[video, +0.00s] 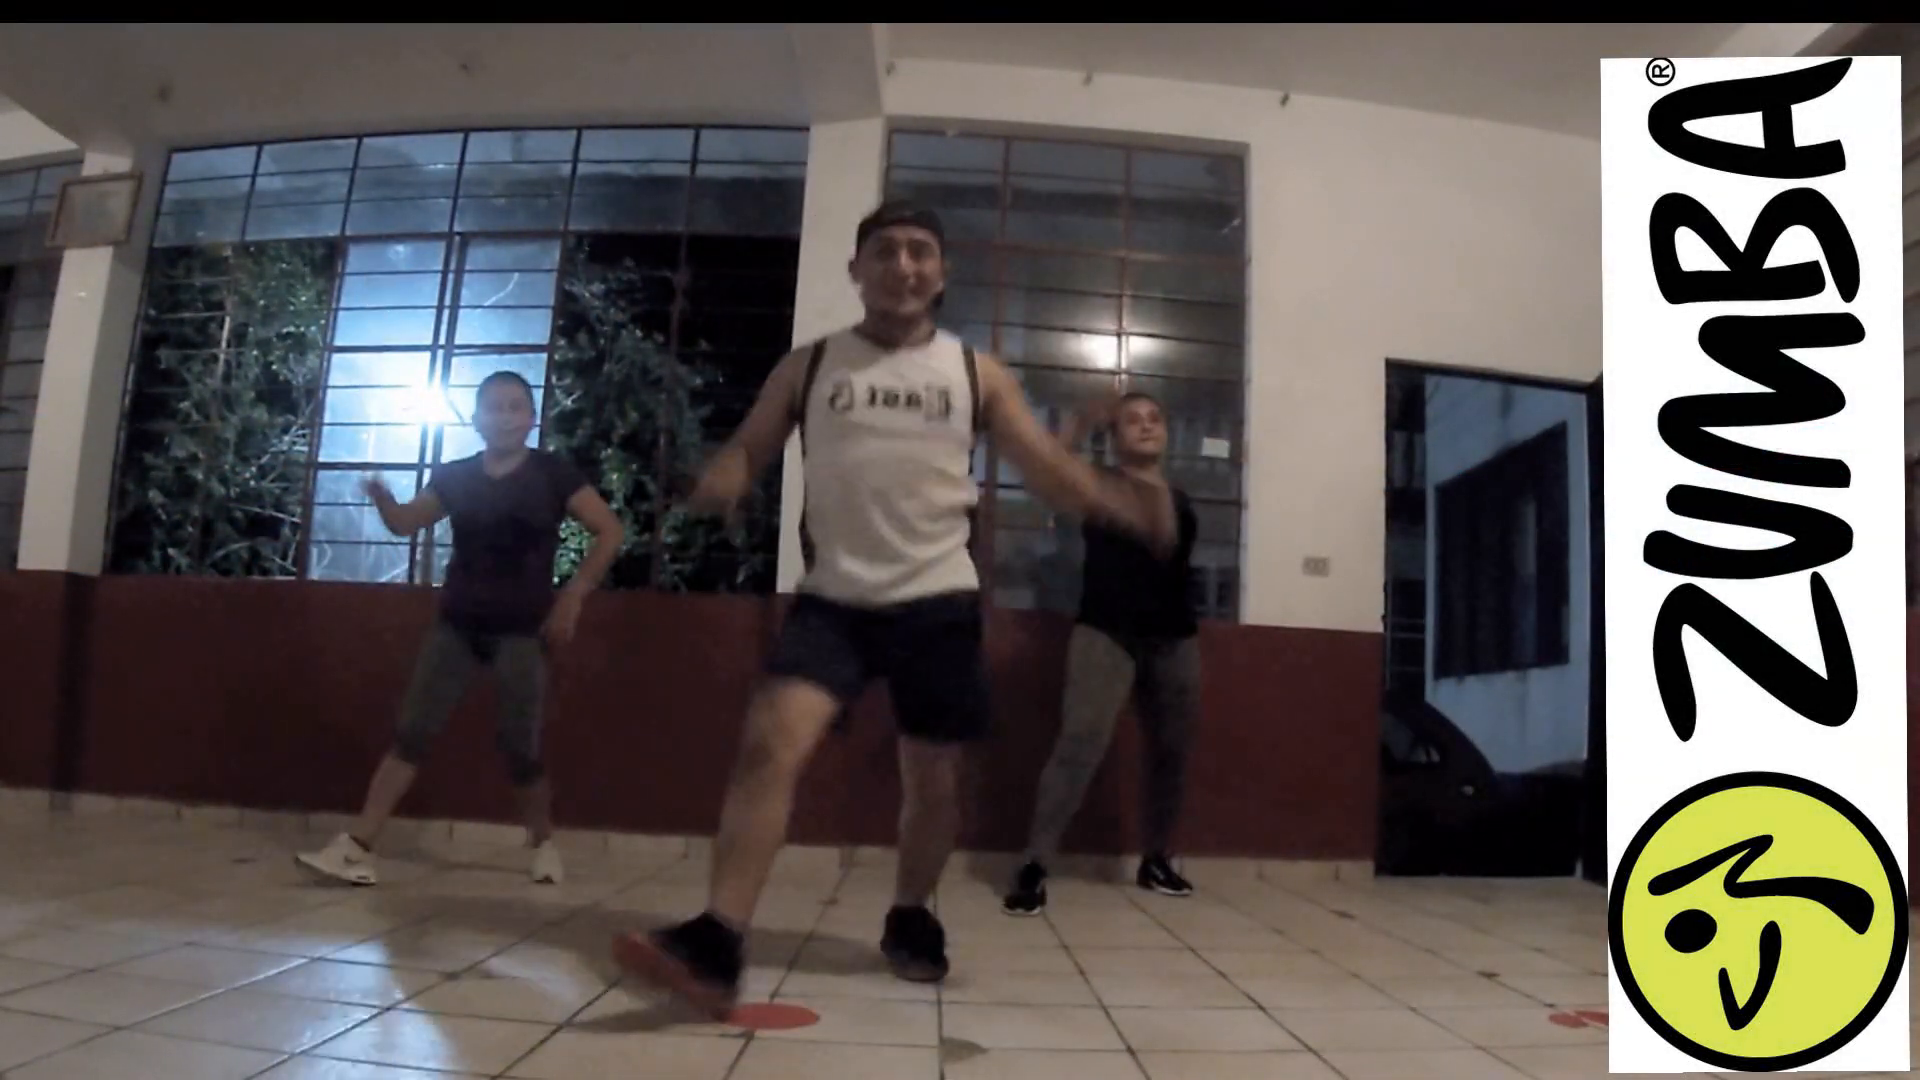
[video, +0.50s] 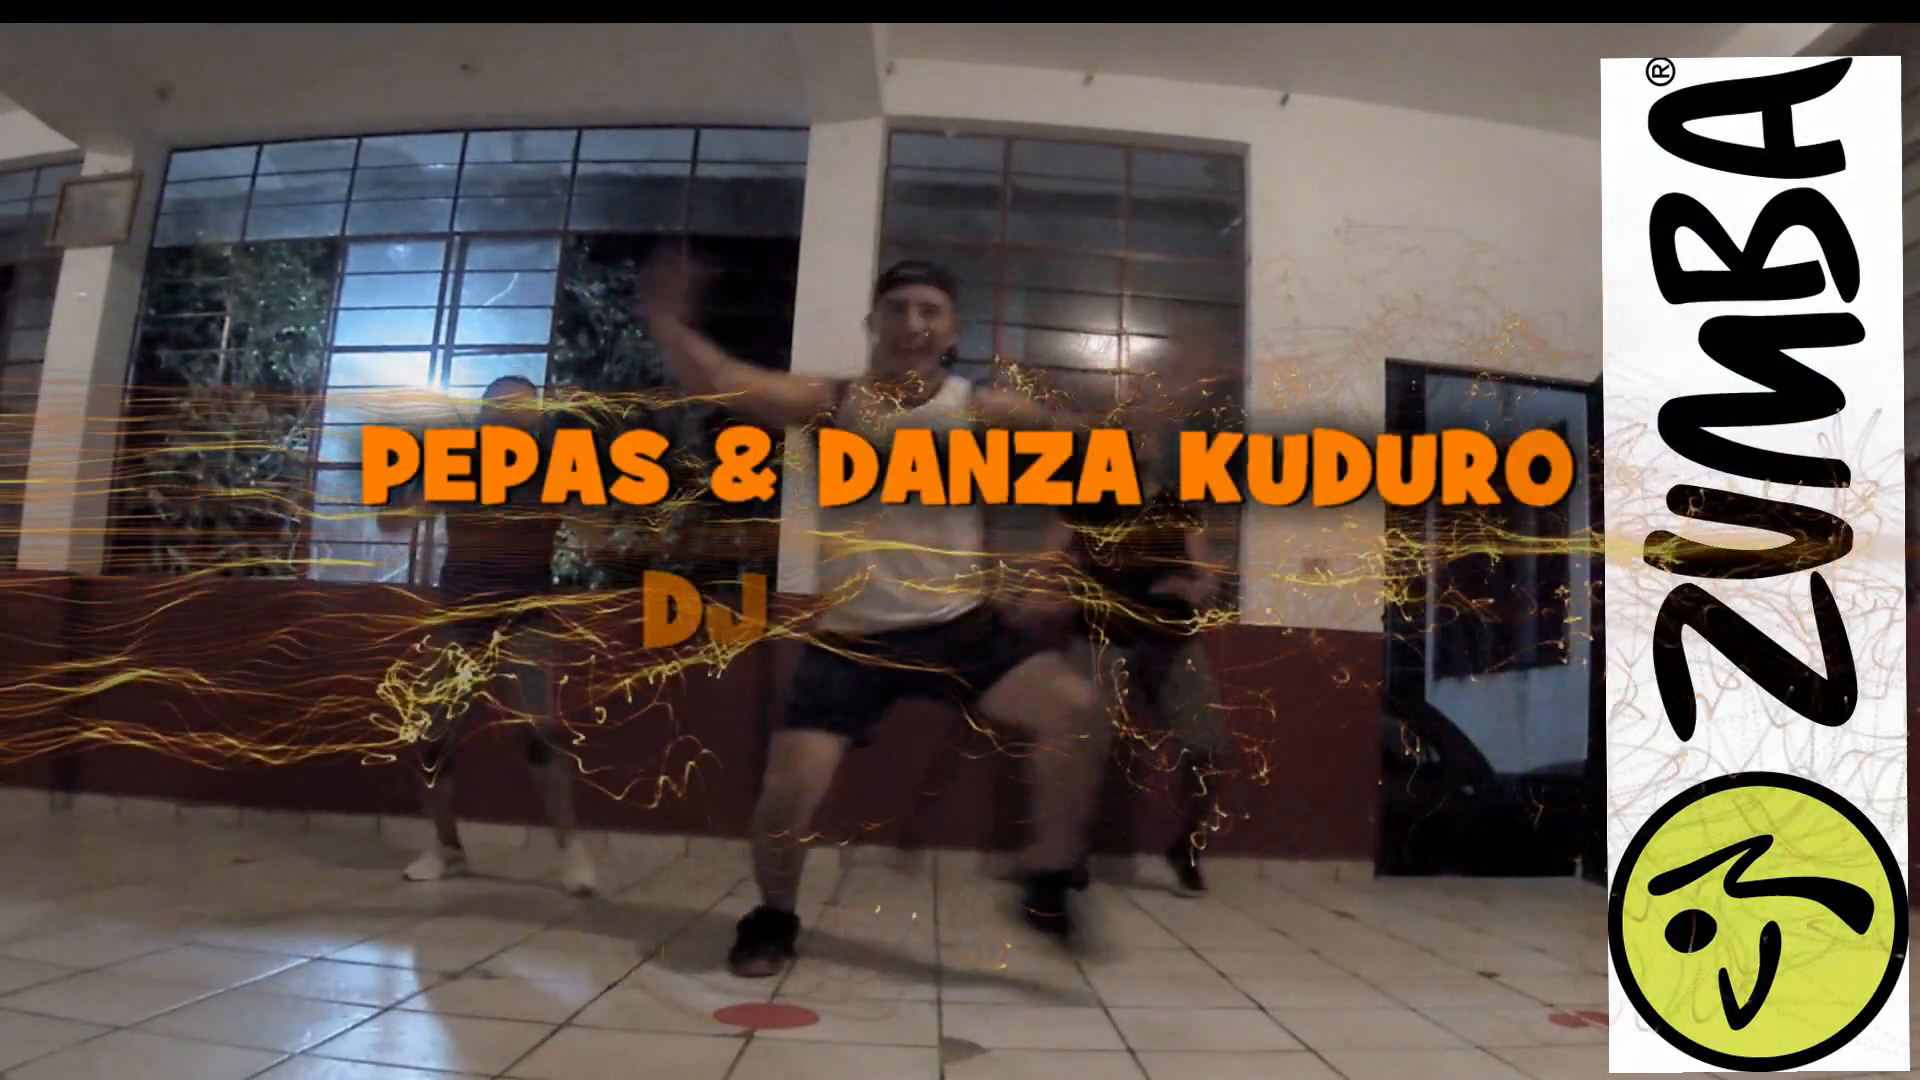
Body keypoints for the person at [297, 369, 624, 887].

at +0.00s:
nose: (506, 416)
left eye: (516, 407)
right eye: (495, 407)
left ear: (531, 416)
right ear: (478, 417)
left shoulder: (554, 473)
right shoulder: (455, 476)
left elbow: (611, 533)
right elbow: (403, 523)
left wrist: (571, 599)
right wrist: (383, 500)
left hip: (521, 629)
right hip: (457, 624)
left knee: (523, 748)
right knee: (411, 735)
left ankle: (541, 845)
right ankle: (357, 844)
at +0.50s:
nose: (514, 416)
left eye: (522, 408)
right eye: (505, 408)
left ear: (537, 413)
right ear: (486, 412)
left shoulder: (552, 462)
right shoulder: (458, 461)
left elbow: (595, 529)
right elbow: (395, 519)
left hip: (526, 607)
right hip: (462, 606)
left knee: (541, 727)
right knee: (437, 729)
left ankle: (571, 848)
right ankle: (445, 847)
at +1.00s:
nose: (601, 399)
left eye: (611, 389)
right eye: (591, 389)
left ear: (629, 396)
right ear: (572, 396)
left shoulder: (650, 455)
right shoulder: (553, 448)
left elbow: (685, 518)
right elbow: (484, 511)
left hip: (626, 612)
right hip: (554, 610)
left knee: (633, 740)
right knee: (520, 731)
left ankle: (649, 867)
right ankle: (515, 850)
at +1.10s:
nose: (610, 386)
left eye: (620, 377)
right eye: (599, 376)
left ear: (637, 389)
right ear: (580, 385)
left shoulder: (657, 447)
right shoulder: (560, 442)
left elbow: (692, 510)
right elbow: (527, 513)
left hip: (638, 606)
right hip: (568, 605)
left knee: (642, 735)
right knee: (570, 731)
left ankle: (648, 866)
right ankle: (580, 856)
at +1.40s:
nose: (590, 428)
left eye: (600, 417)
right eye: (579, 417)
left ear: (620, 424)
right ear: (564, 424)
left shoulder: (644, 486)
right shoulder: (540, 485)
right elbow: (462, 519)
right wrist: (490, 457)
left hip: (619, 629)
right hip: (546, 626)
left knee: (624, 746)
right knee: (487, 730)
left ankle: (650, 868)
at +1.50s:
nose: (559, 418)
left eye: (571, 407)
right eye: (550, 407)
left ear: (594, 414)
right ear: (538, 412)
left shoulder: (622, 473)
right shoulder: (516, 467)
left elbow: (688, 509)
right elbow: (435, 491)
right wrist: (423, 463)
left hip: (592, 630)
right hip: (517, 624)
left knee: (601, 745)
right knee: (442, 726)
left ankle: (646, 866)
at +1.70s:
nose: (489, 401)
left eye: (500, 392)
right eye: (481, 391)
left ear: (517, 400)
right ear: (466, 396)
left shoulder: (532, 462)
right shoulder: (442, 456)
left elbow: (596, 512)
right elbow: (391, 506)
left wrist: (657, 495)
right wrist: (335, 462)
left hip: (505, 609)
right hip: (432, 607)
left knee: (547, 730)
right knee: (388, 714)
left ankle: (607, 858)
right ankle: (369, 848)